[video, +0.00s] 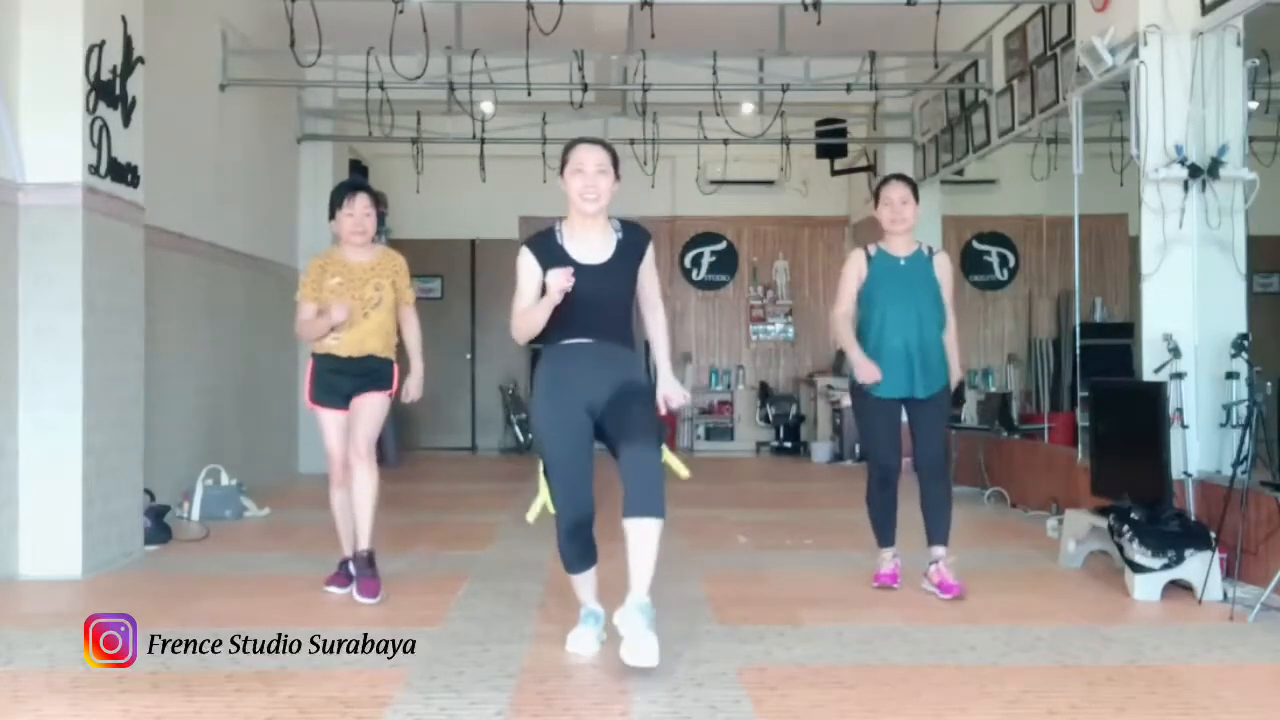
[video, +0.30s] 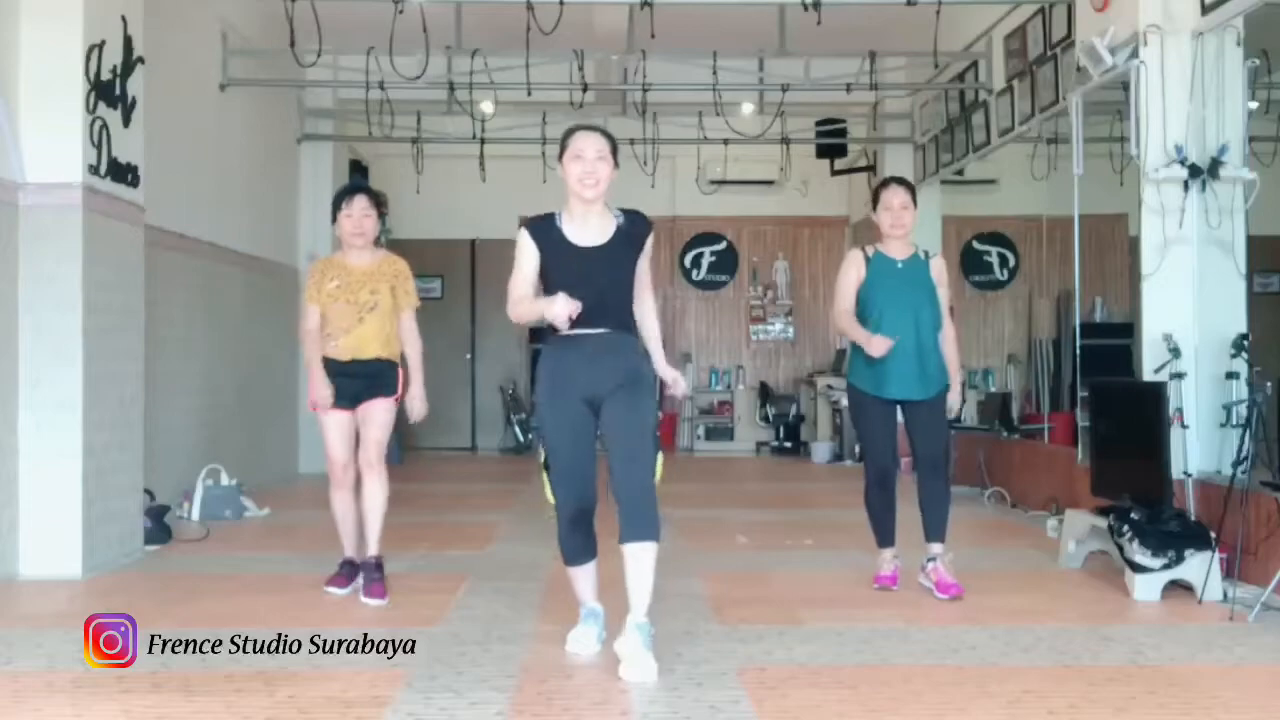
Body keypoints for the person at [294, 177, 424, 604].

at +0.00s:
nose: (359, 222)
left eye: (367, 215)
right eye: (350, 214)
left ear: (377, 220)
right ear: (334, 220)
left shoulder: (393, 263)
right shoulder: (319, 267)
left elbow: (408, 317)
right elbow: (304, 331)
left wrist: (416, 368)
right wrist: (330, 321)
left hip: (377, 367)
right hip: (329, 367)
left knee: (362, 452)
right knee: (339, 464)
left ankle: (365, 555)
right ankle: (347, 558)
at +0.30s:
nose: (357, 222)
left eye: (366, 214)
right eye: (349, 214)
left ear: (379, 221)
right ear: (336, 222)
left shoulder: (395, 268)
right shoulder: (322, 271)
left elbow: (409, 331)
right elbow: (310, 328)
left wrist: (417, 386)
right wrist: (317, 377)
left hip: (381, 372)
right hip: (334, 372)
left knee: (372, 462)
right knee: (340, 467)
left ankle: (372, 561)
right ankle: (350, 559)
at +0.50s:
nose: (361, 220)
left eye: (370, 212)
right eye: (352, 212)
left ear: (382, 219)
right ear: (340, 220)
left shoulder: (399, 262)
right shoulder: (326, 269)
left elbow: (414, 319)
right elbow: (312, 332)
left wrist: (393, 332)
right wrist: (301, 388)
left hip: (387, 372)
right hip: (339, 372)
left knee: (391, 465)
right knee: (345, 469)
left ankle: (409, 532)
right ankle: (350, 561)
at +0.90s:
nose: (363, 215)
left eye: (372, 208)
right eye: (355, 207)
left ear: (385, 218)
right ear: (342, 216)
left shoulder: (399, 259)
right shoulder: (331, 263)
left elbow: (411, 317)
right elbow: (324, 319)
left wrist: (358, 295)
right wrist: (315, 366)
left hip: (391, 367)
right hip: (342, 367)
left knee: (396, 467)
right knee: (347, 468)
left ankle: (417, 540)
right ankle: (350, 559)